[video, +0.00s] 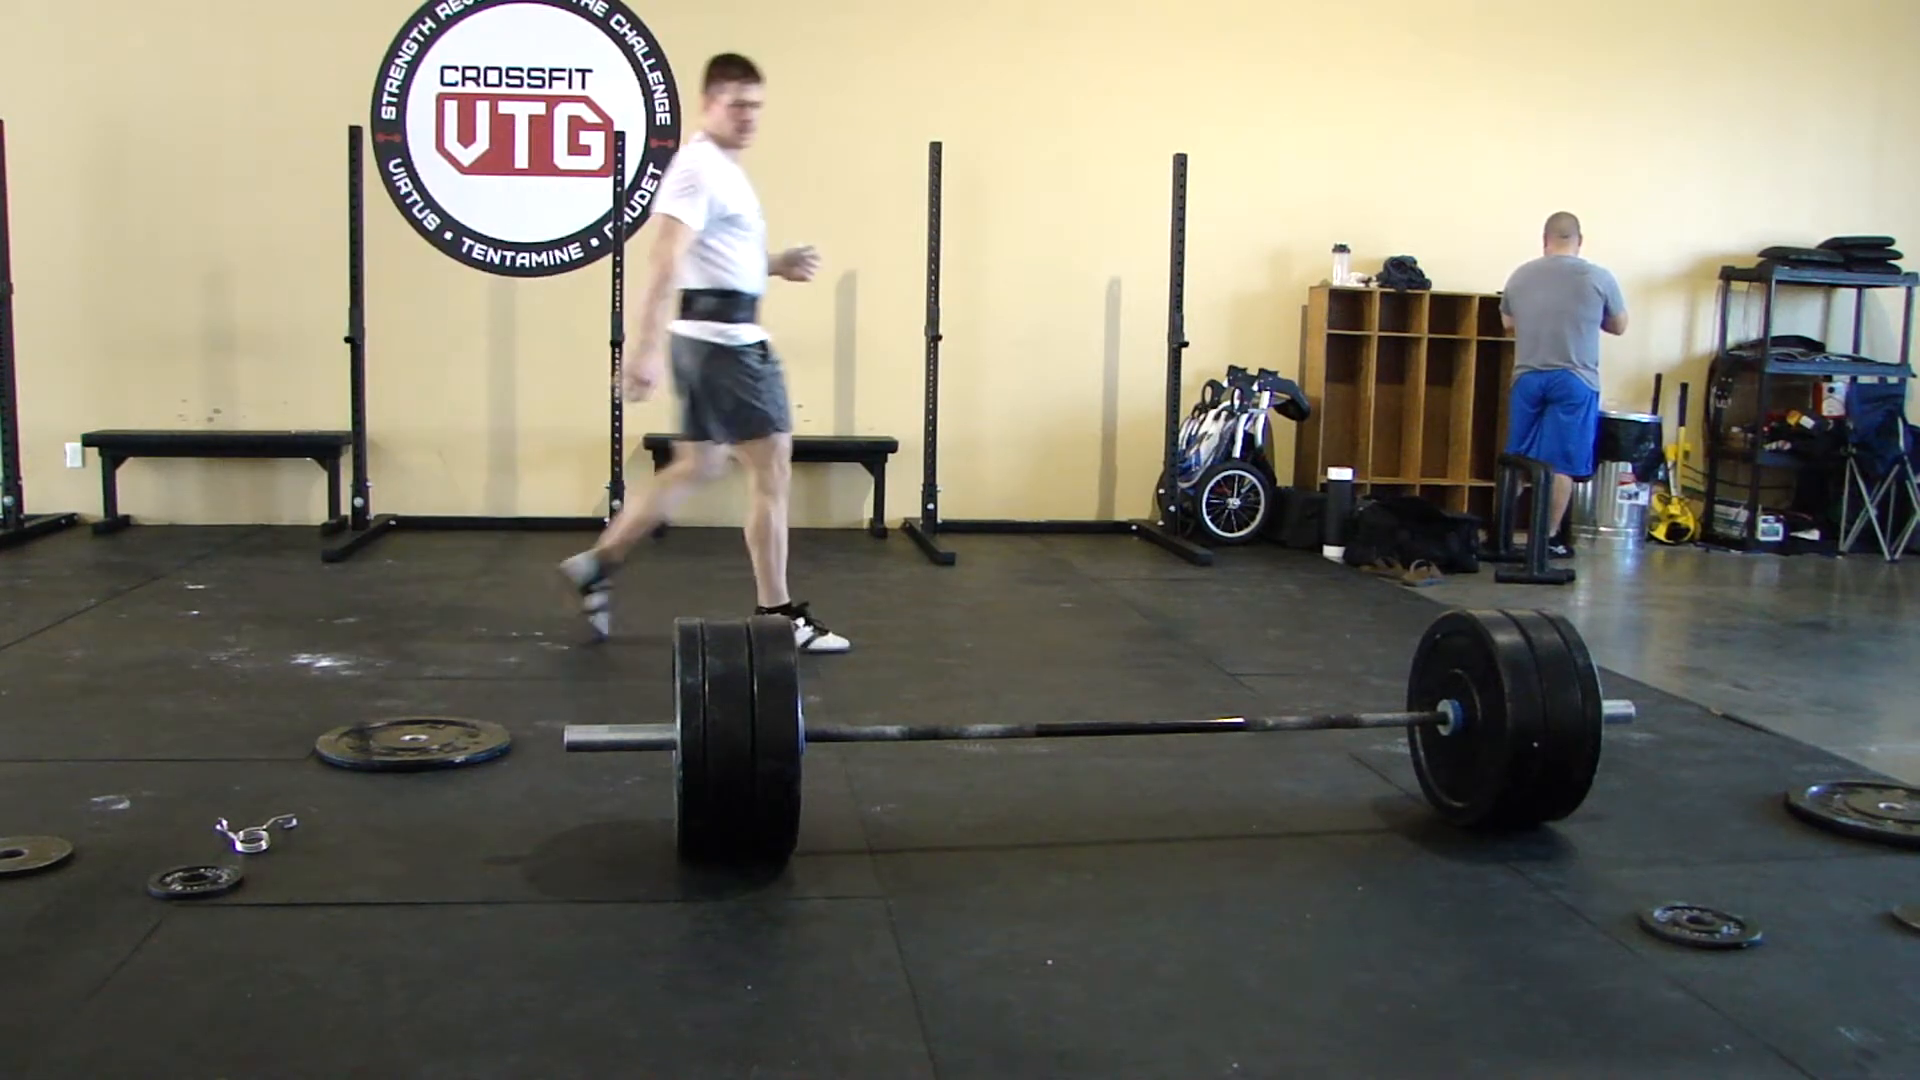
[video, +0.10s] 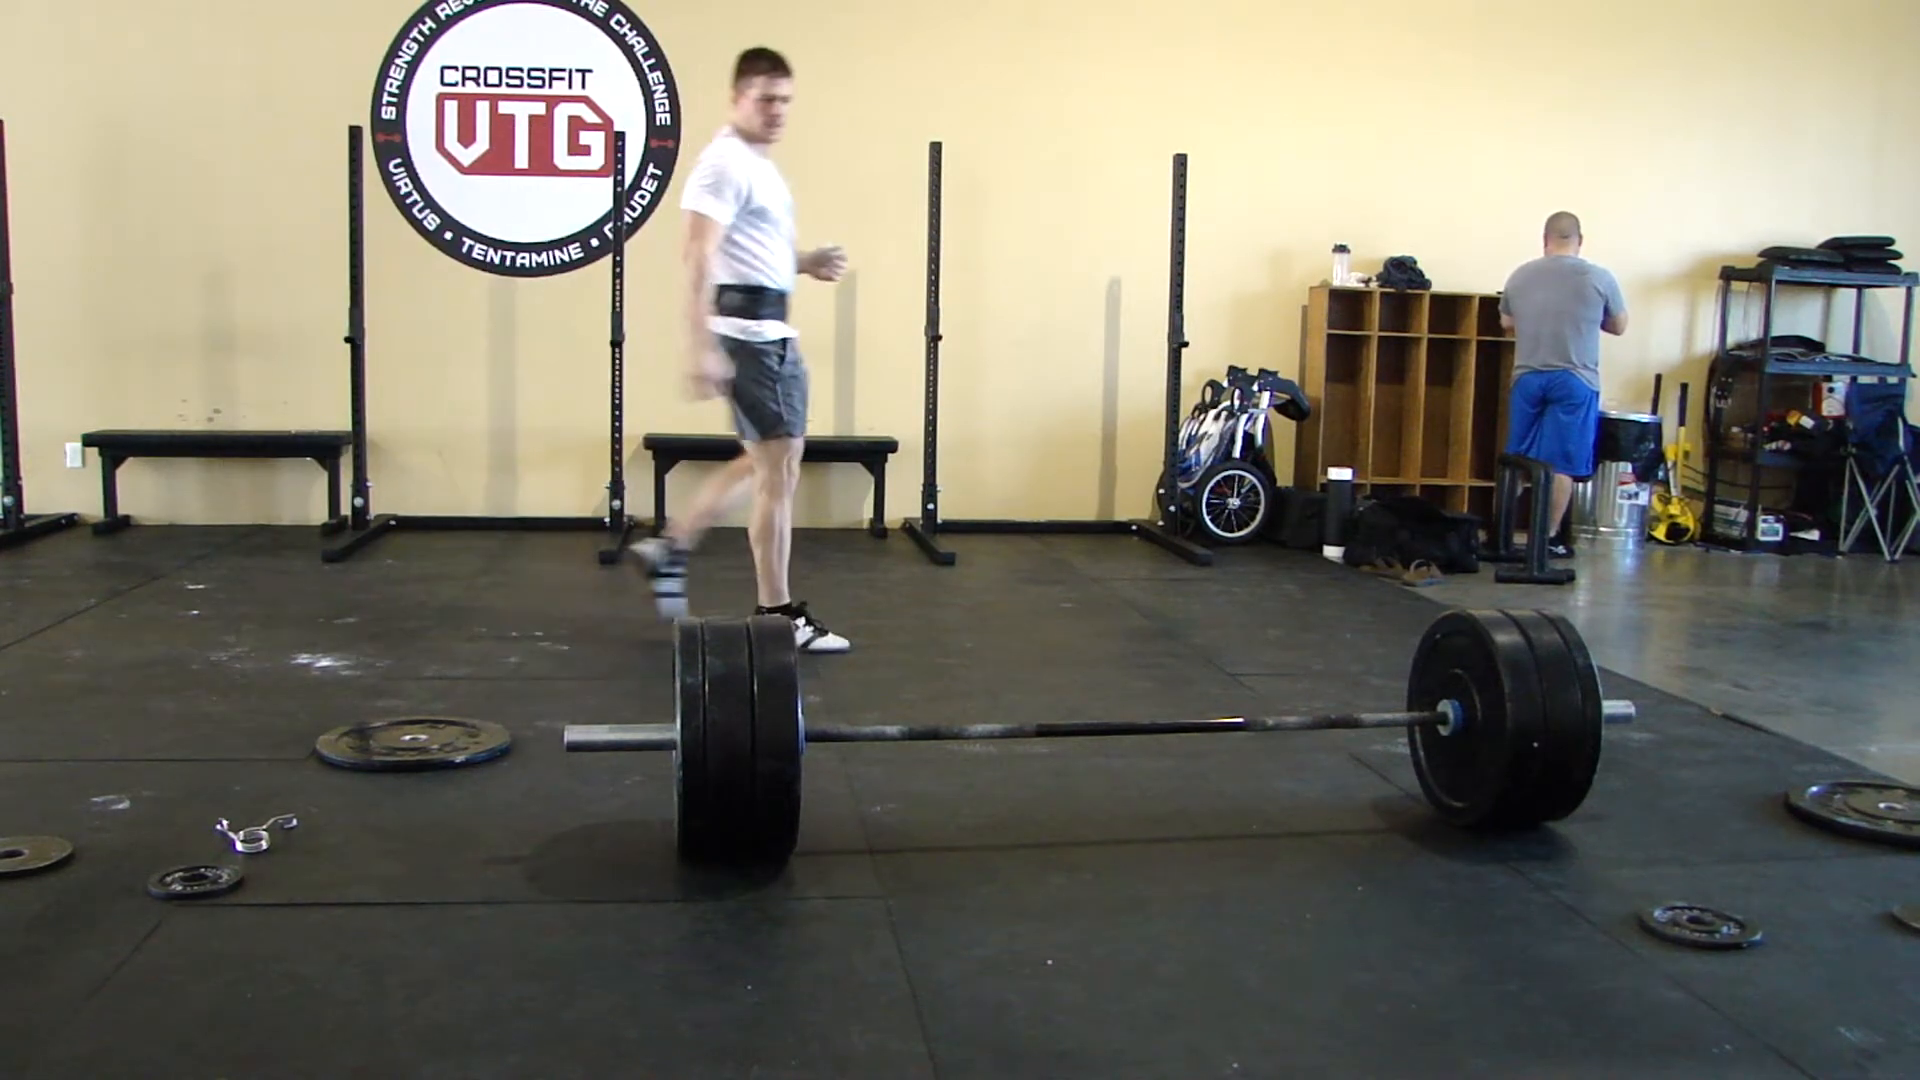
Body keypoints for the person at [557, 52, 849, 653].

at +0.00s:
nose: (748, 117)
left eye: (755, 107)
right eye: (737, 105)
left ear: (758, 109)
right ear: (706, 104)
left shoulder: (724, 169)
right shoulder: (697, 165)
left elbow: (720, 256)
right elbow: (664, 257)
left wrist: (776, 264)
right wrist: (645, 348)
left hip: (707, 339)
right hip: (727, 341)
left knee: (698, 465)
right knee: (772, 473)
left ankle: (597, 563)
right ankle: (777, 613)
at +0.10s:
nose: (776, 110)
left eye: (784, 100)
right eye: (765, 98)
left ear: (789, 104)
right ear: (736, 99)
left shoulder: (761, 167)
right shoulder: (723, 162)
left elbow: (756, 254)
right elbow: (698, 254)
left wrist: (805, 262)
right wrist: (703, 346)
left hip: (769, 328)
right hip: (747, 330)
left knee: (769, 460)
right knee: (777, 469)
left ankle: (670, 545)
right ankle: (777, 613)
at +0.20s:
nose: (800, 108)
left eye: (808, 97)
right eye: (788, 97)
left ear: (814, 100)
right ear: (760, 96)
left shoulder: (792, 166)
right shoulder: (745, 158)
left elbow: (785, 257)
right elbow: (718, 250)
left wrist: (833, 262)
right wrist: (768, 328)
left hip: (799, 330)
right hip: (765, 331)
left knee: (830, 441)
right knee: (779, 472)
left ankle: (744, 556)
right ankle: (778, 613)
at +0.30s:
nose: (822, 108)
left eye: (830, 97)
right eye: (810, 97)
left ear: (836, 101)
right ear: (782, 98)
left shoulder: (824, 165)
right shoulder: (760, 161)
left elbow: (818, 251)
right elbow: (734, 247)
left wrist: (861, 263)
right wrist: (802, 295)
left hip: (831, 336)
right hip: (787, 341)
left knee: (865, 447)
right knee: (791, 470)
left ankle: (830, 583)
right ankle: (775, 613)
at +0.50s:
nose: (864, 114)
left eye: (872, 104)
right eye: (852, 103)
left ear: (882, 108)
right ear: (826, 106)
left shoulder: (893, 173)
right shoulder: (796, 170)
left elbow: (911, 248)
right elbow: (752, 243)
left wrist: (924, 271)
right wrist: (790, 291)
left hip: (890, 337)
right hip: (831, 337)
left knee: (923, 460)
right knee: (823, 473)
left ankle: (951, 590)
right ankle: (780, 611)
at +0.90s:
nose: (950, 107)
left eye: (959, 99)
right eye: (940, 99)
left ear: (974, 111)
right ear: (921, 109)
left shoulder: (996, 177)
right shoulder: (887, 169)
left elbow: (1024, 239)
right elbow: (843, 247)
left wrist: (1036, 279)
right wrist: (817, 325)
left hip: (972, 341)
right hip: (906, 341)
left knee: (974, 471)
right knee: (885, 467)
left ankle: (969, 599)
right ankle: (859, 596)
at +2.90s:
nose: (965, 129)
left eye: (975, 118)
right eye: (954, 117)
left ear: (988, 122)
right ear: (931, 117)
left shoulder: (1009, 189)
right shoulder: (891, 184)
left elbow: (1036, 264)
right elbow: (847, 259)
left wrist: (1057, 341)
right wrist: (839, 339)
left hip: (985, 357)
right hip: (911, 359)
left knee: (1010, 476)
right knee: (905, 483)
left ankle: (1024, 623)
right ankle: (899, 600)